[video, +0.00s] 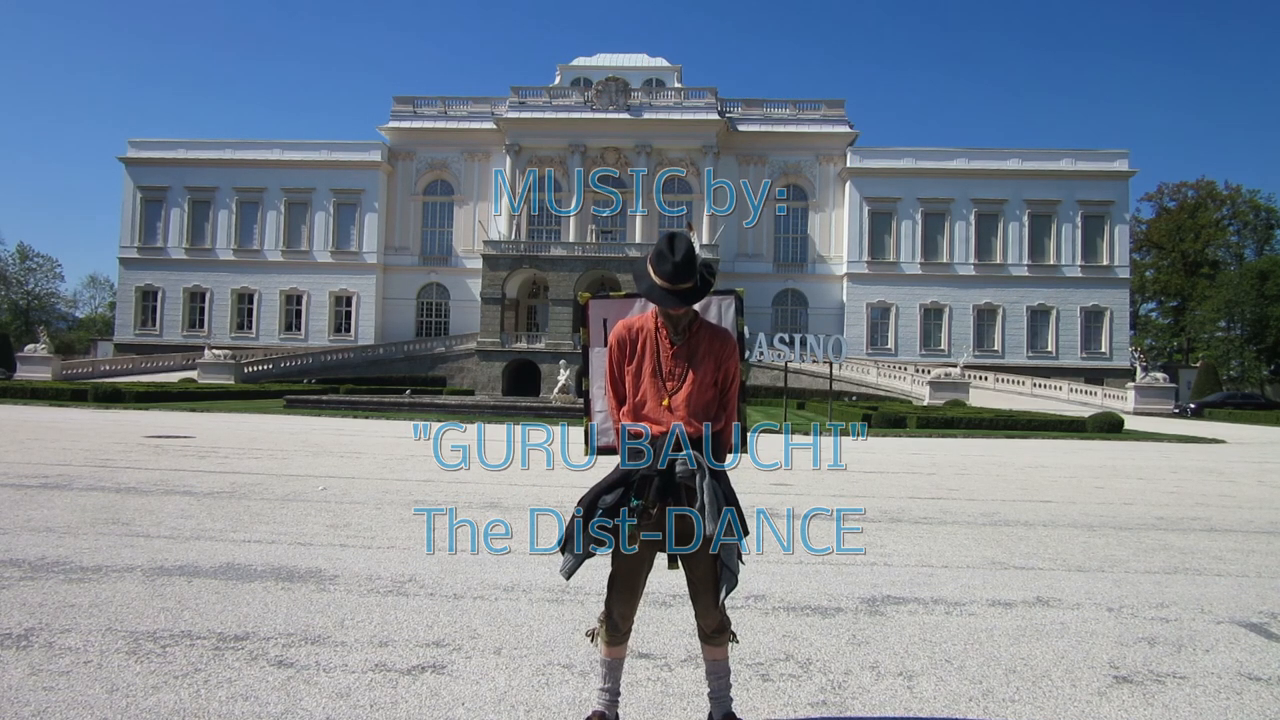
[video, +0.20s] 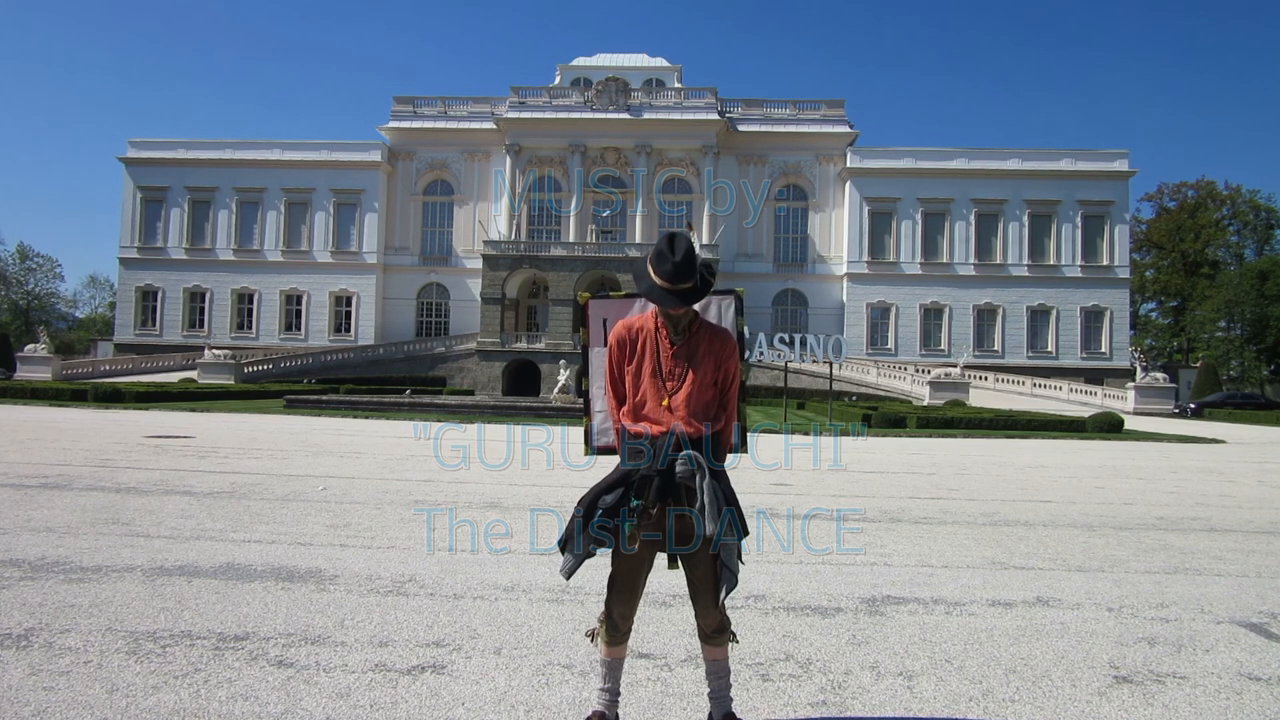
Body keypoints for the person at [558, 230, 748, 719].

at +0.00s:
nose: (676, 308)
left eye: (684, 299)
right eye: (668, 299)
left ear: (698, 293)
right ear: (652, 290)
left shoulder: (722, 343)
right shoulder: (625, 336)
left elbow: (728, 426)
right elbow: (616, 414)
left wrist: (694, 443)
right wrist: (648, 440)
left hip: (698, 490)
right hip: (640, 486)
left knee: (709, 603)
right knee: (621, 600)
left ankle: (721, 704)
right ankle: (607, 700)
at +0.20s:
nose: (676, 308)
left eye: (684, 299)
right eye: (667, 299)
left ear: (698, 292)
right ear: (652, 289)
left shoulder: (722, 343)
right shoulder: (625, 335)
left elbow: (727, 424)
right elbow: (618, 417)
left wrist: (699, 462)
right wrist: (656, 454)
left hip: (699, 489)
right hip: (641, 486)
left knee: (709, 604)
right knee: (622, 601)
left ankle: (721, 705)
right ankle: (607, 700)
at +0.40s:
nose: (677, 307)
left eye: (685, 298)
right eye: (668, 299)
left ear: (698, 293)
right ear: (653, 290)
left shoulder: (722, 343)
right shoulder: (625, 336)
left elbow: (726, 425)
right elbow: (618, 415)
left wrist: (698, 469)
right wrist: (655, 457)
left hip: (699, 488)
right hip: (640, 485)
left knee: (709, 605)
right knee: (620, 603)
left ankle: (721, 705)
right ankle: (607, 701)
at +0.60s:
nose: (677, 307)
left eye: (685, 298)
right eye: (668, 298)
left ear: (698, 292)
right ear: (653, 290)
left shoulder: (722, 343)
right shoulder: (625, 336)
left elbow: (726, 425)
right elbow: (618, 415)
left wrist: (699, 469)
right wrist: (655, 457)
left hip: (699, 488)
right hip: (640, 485)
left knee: (709, 605)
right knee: (620, 604)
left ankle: (721, 705)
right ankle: (607, 701)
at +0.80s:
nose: (677, 307)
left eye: (685, 298)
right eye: (668, 298)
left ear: (698, 292)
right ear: (653, 290)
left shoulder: (722, 343)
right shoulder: (625, 336)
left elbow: (726, 425)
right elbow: (618, 416)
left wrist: (698, 469)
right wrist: (654, 458)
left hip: (699, 488)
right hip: (640, 485)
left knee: (710, 605)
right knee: (620, 603)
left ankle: (721, 705)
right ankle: (607, 701)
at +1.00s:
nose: (677, 308)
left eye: (685, 300)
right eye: (668, 300)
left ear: (698, 293)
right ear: (653, 291)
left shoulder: (721, 344)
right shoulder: (624, 336)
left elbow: (729, 426)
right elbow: (617, 416)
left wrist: (718, 490)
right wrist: (643, 465)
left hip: (699, 490)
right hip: (639, 488)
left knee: (709, 606)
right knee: (620, 604)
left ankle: (721, 705)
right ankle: (607, 701)